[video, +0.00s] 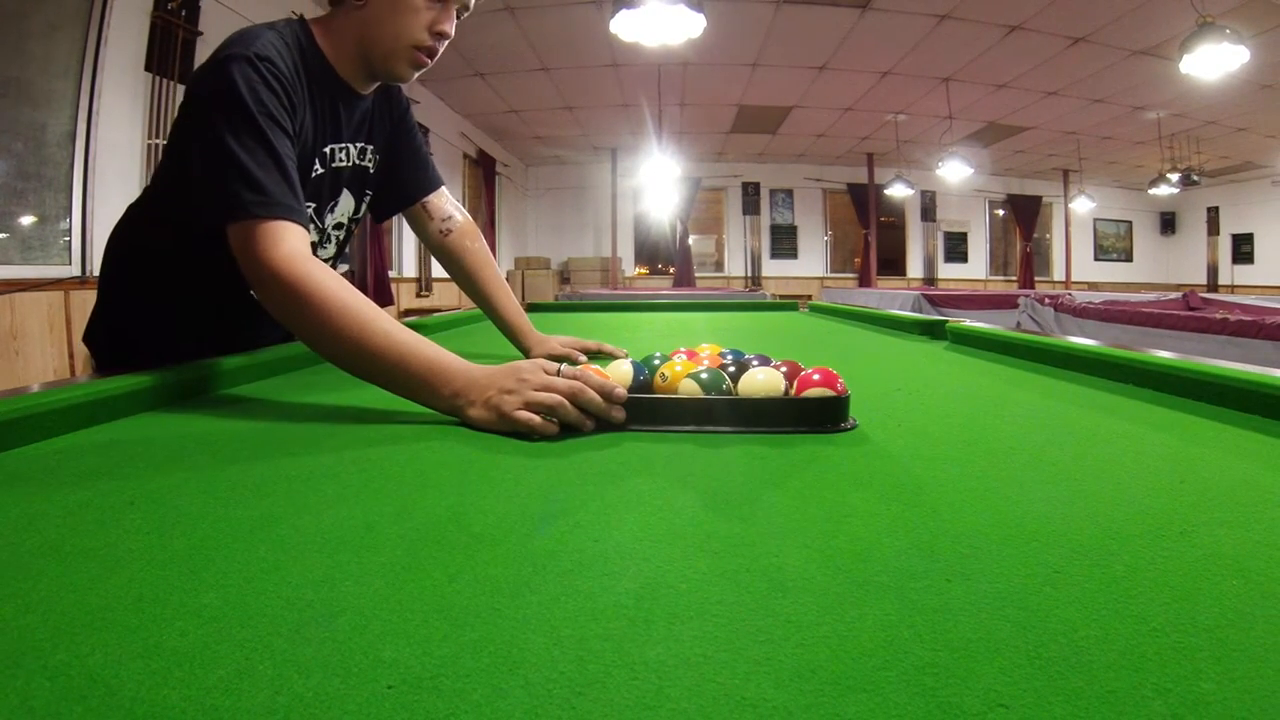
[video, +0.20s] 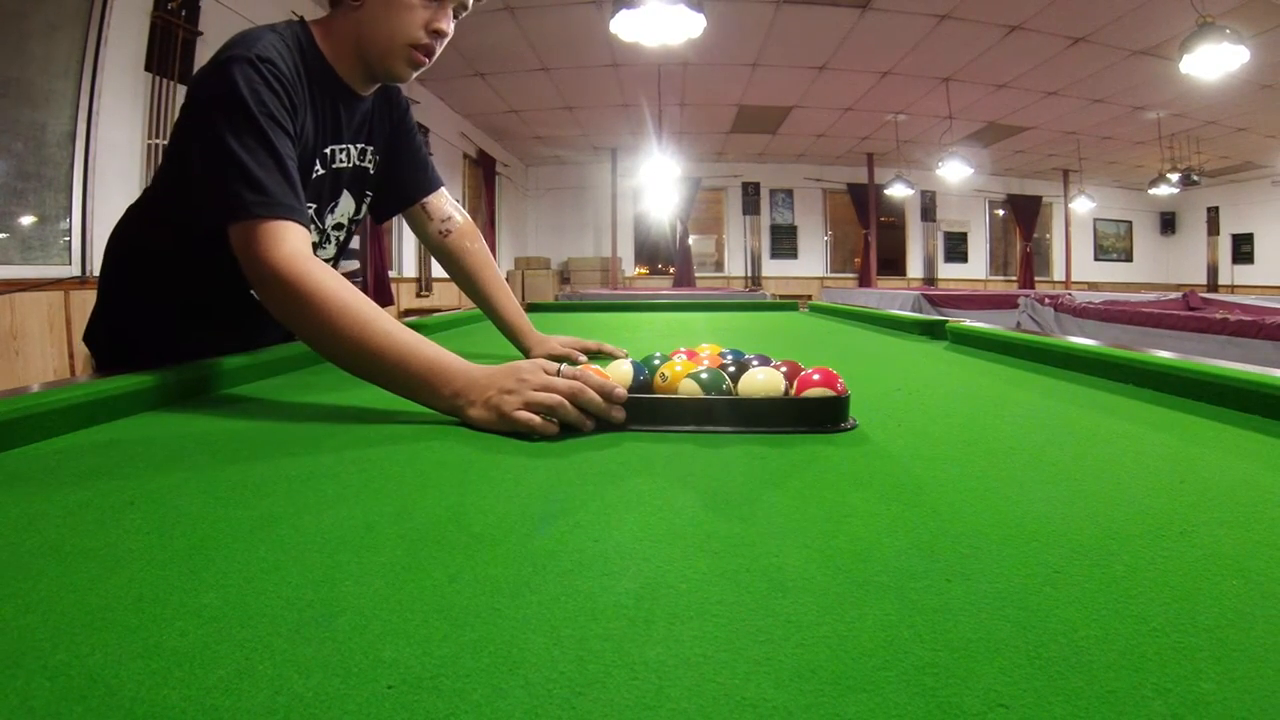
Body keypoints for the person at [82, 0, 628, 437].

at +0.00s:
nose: (449, 29)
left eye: (457, 13)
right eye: (437, 3)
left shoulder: (384, 98)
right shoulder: (255, 66)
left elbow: (445, 223)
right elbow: (276, 264)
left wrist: (527, 334)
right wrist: (467, 384)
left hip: (271, 345)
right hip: (160, 350)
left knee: (253, 533)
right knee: (147, 543)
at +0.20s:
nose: (445, 26)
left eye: (455, 11)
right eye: (433, 0)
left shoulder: (383, 99)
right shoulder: (255, 69)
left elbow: (444, 224)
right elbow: (278, 265)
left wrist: (527, 334)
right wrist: (468, 384)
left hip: (272, 341)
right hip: (160, 346)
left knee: (254, 529)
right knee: (149, 538)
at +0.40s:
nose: (445, 28)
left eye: (454, 12)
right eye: (431, 1)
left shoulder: (384, 100)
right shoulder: (255, 69)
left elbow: (444, 224)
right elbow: (279, 266)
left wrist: (527, 334)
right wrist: (468, 384)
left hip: (271, 342)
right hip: (159, 347)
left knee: (252, 530)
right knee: (147, 541)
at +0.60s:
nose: (444, 30)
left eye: (454, 14)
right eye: (431, 2)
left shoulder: (385, 101)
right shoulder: (256, 70)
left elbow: (445, 225)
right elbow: (277, 265)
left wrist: (528, 336)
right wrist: (466, 384)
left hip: (270, 343)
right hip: (158, 348)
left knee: (251, 533)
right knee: (146, 542)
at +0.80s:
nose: (443, 31)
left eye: (453, 15)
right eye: (429, 4)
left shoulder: (384, 102)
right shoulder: (255, 71)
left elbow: (444, 225)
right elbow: (279, 268)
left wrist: (529, 337)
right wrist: (468, 384)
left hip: (265, 337)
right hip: (155, 343)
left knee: (247, 528)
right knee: (143, 538)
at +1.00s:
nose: (442, 34)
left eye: (453, 18)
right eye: (429, 5)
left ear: (454, 26)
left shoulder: (383, 102)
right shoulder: (255, 71)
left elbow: (441, 224)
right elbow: (278, 267)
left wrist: (529, 337)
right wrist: (468, 384)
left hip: (263, 336)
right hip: (152, 342)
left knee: (243, 527)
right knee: (140, 537)